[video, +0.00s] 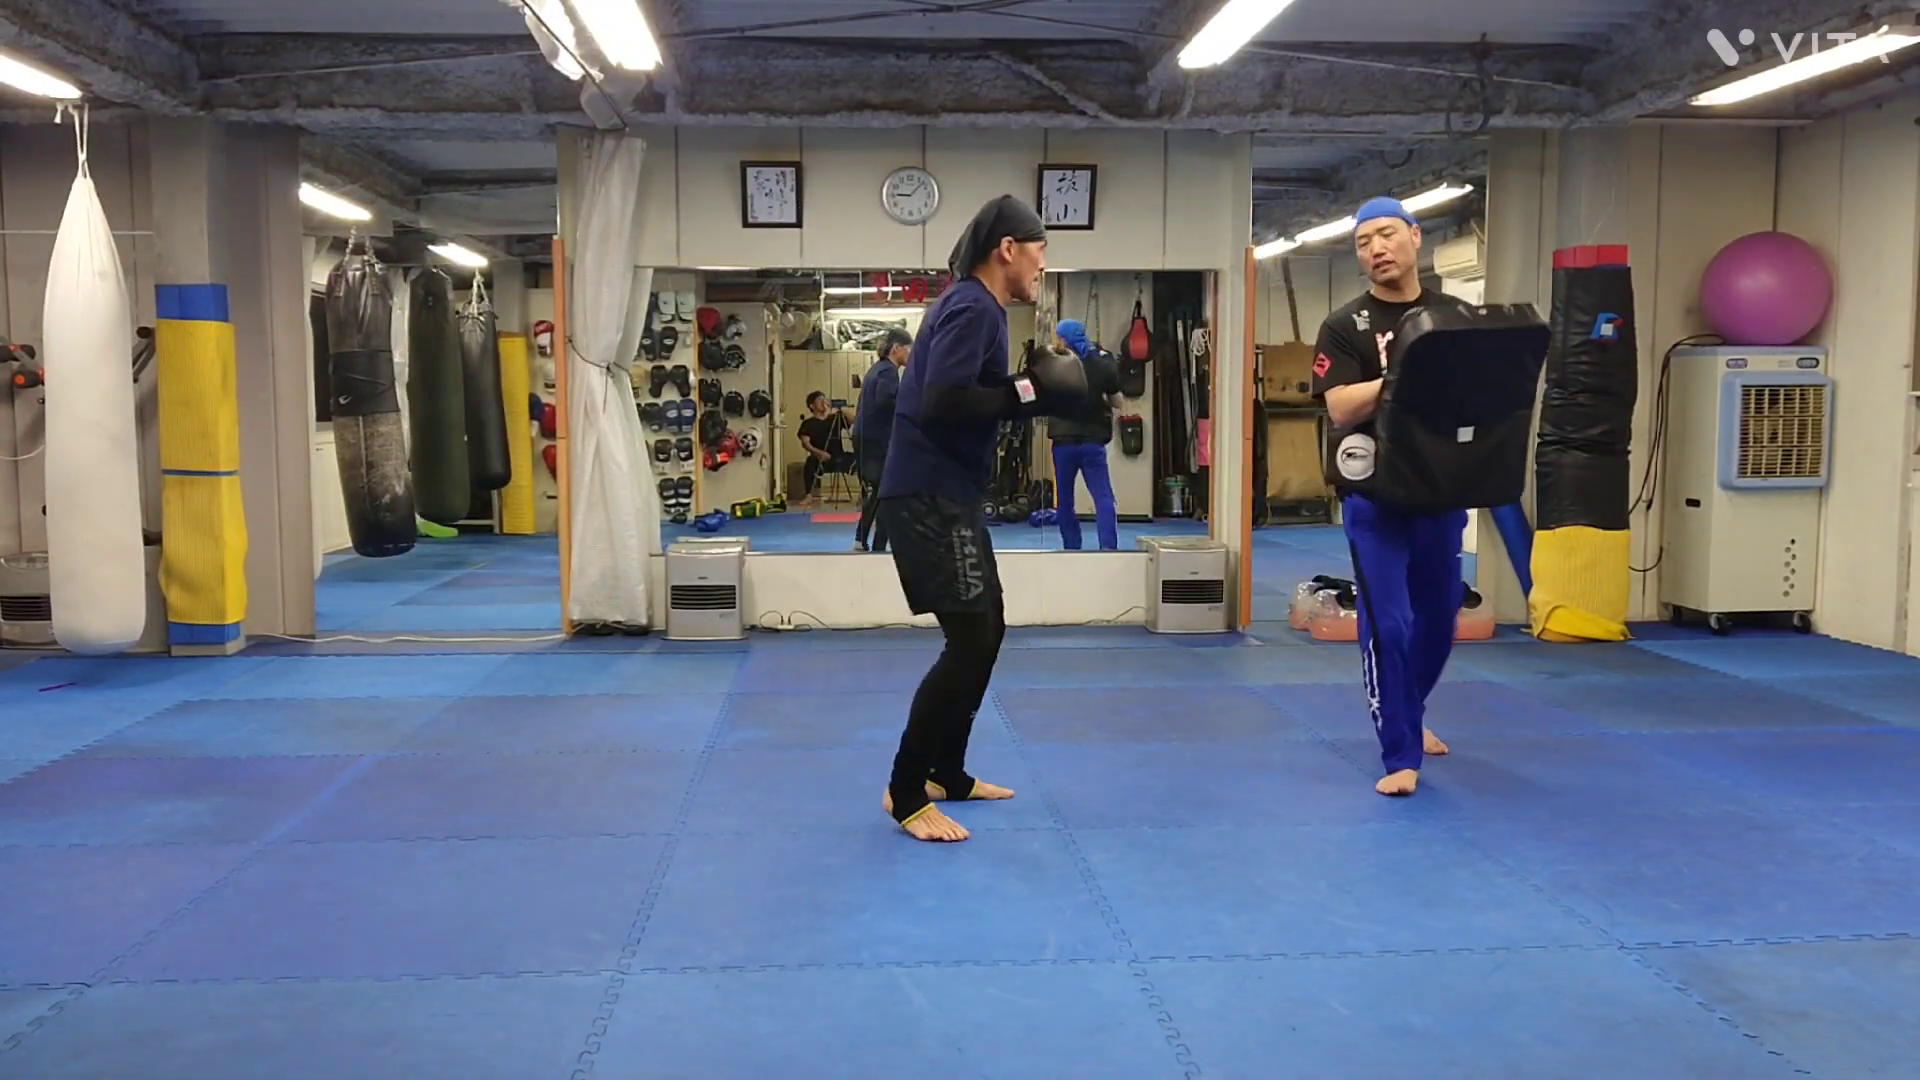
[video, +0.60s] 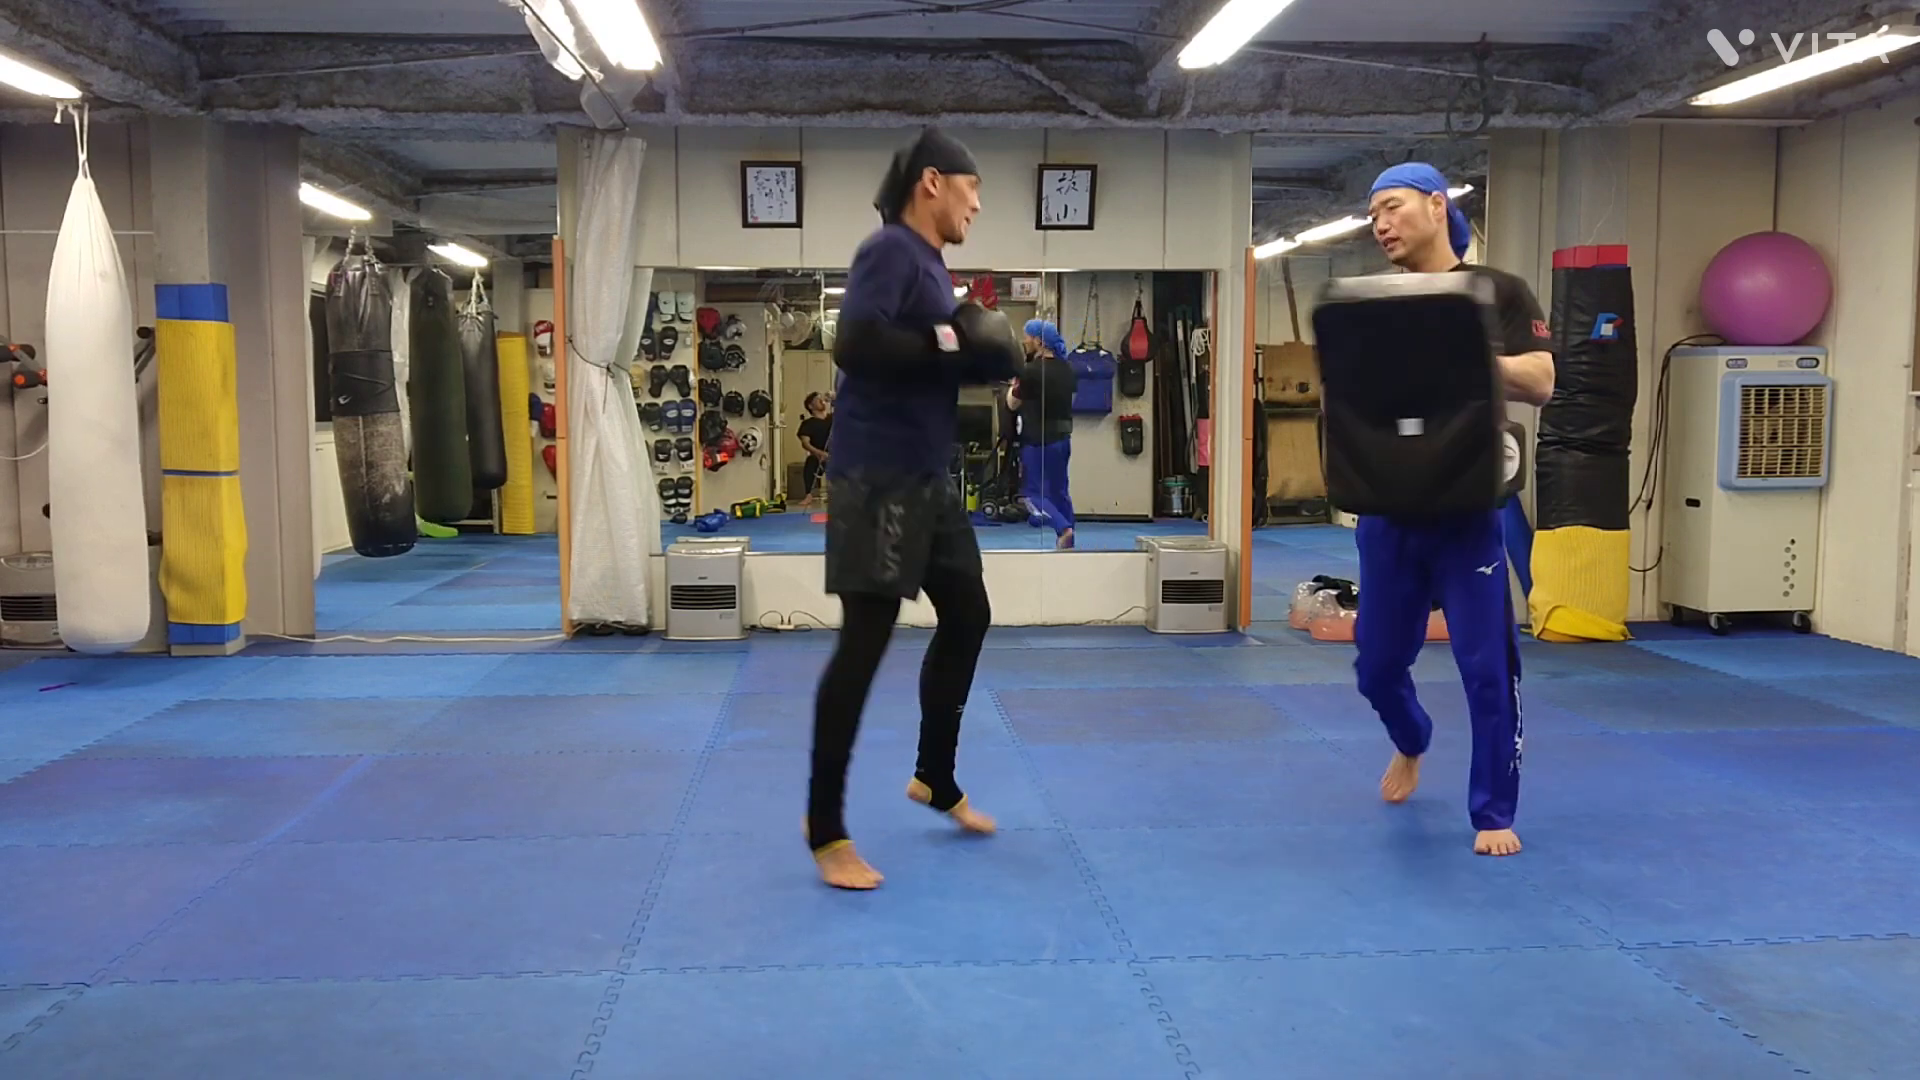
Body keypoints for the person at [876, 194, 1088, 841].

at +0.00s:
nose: (1043, 268)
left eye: (1044, 255)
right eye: (1039, 254)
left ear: (1002, 251)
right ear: (1006, 250)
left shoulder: (979, 308)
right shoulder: (973, 307)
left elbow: (971, 399)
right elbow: (939, 398)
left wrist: (1036, 386)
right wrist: (1023, 391)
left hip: (952, 501)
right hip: (930, 502)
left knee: (987, 631)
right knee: (971, 638)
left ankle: (946, 773)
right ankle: (906, 793)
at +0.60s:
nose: (977, 206)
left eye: (978, 194)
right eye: (971, 190)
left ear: (938, 189)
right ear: (931, 183)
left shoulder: (930, 268)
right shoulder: (891, 247)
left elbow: (926, 368)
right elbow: (857, 342)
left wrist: (989, 359)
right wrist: (956, 347)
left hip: (928, 480)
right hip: (876, 481)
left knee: (967, 615)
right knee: (864, 638)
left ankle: (935, 778)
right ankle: (825, 832)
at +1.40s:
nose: (793, 242)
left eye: (797, 230)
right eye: (783, 228)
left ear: (777, 233)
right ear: (738, 222)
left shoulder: (771, 308)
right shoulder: (686, 294)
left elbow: (779, 403)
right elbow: (668, 393)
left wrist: (832, 375)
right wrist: (752, 344)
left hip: (758, 519)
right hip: (686, 522)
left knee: (804, 648)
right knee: (649, 680)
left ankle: (767, 789)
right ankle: (588, 835)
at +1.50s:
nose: (798, 248)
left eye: (803, 236)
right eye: (789, 233)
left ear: (786, 238)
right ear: (745, 225)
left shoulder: (779, 313)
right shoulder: (695, 299)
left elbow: (793, 407)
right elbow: (677, 394)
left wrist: (847, 371)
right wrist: (756, 346)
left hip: (762, 521)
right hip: (694, 523)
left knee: (789, 655)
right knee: (653, 677)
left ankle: (764, 797)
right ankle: (588, 834)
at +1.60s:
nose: (810, 256)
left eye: (816, 243)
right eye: (801, 241)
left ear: (799, 244)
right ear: (758, 232)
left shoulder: (783, 314)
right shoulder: (710, 303)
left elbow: (800, 410)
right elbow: (700, 399)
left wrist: (864, 373)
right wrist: (780, 356)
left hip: (767, 523)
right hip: (702, 525)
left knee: (786, 657)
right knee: (667, 677)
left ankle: (762, 798)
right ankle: (597, 835)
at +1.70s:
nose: (825, 258)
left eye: (830, 245)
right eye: (817, 243)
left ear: (805, 243)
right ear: (774, 232)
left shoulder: (787, 309)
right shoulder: (729, 296)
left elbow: (800, 404)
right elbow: (728, 393)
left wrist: (868, 379)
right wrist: (811, 337)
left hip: (768, 514)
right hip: (707, 515)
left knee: (781, 658)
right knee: (689, 667)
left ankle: (763, 798)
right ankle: (608, 825)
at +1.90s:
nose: (844, 256)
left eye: (848, 242)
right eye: (835, 240)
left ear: (816, 241)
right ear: (792, 232)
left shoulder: (801, 304)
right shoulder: (759, 292)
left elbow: (815, 406)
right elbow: (767, 386)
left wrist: (894, 391)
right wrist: (845, 329)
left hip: (785, 508)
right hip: (735, 507)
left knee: (785, 656)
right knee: (747, 658)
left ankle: (763, 797)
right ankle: (636, 806)